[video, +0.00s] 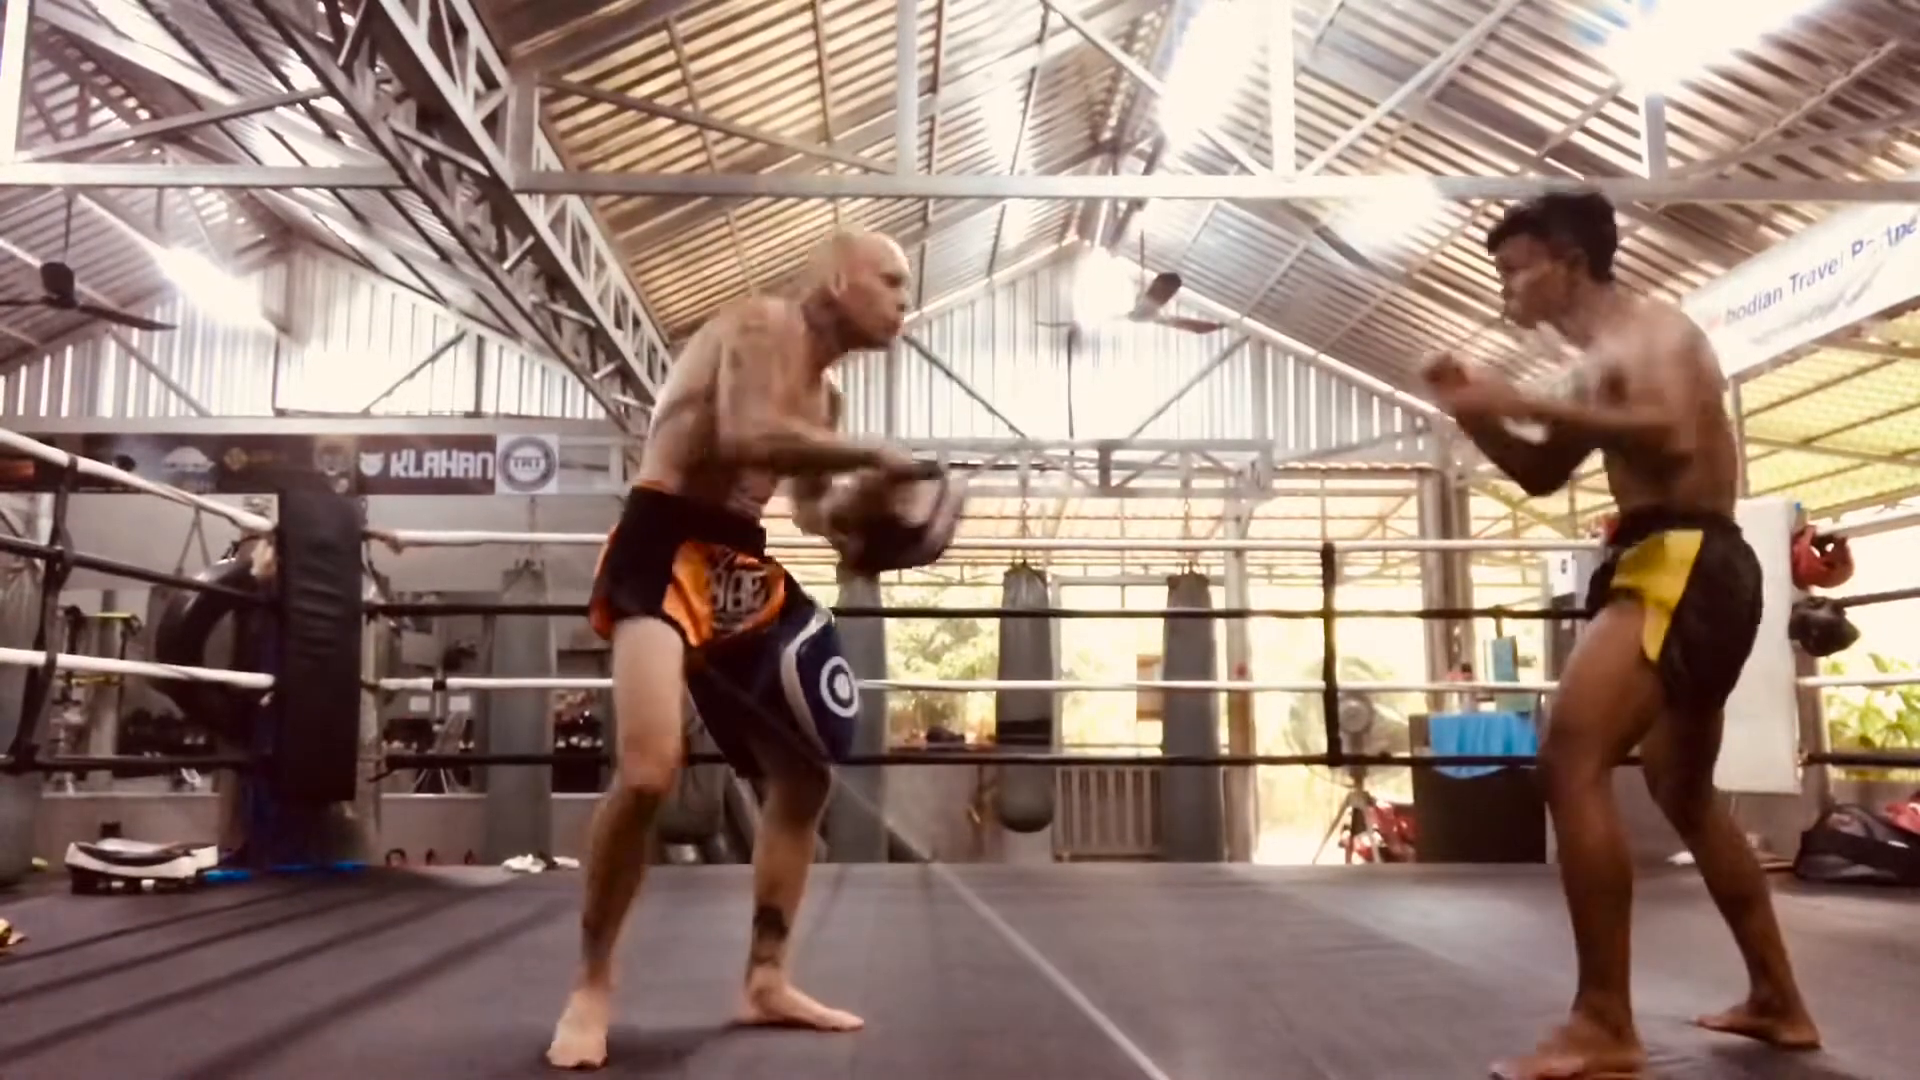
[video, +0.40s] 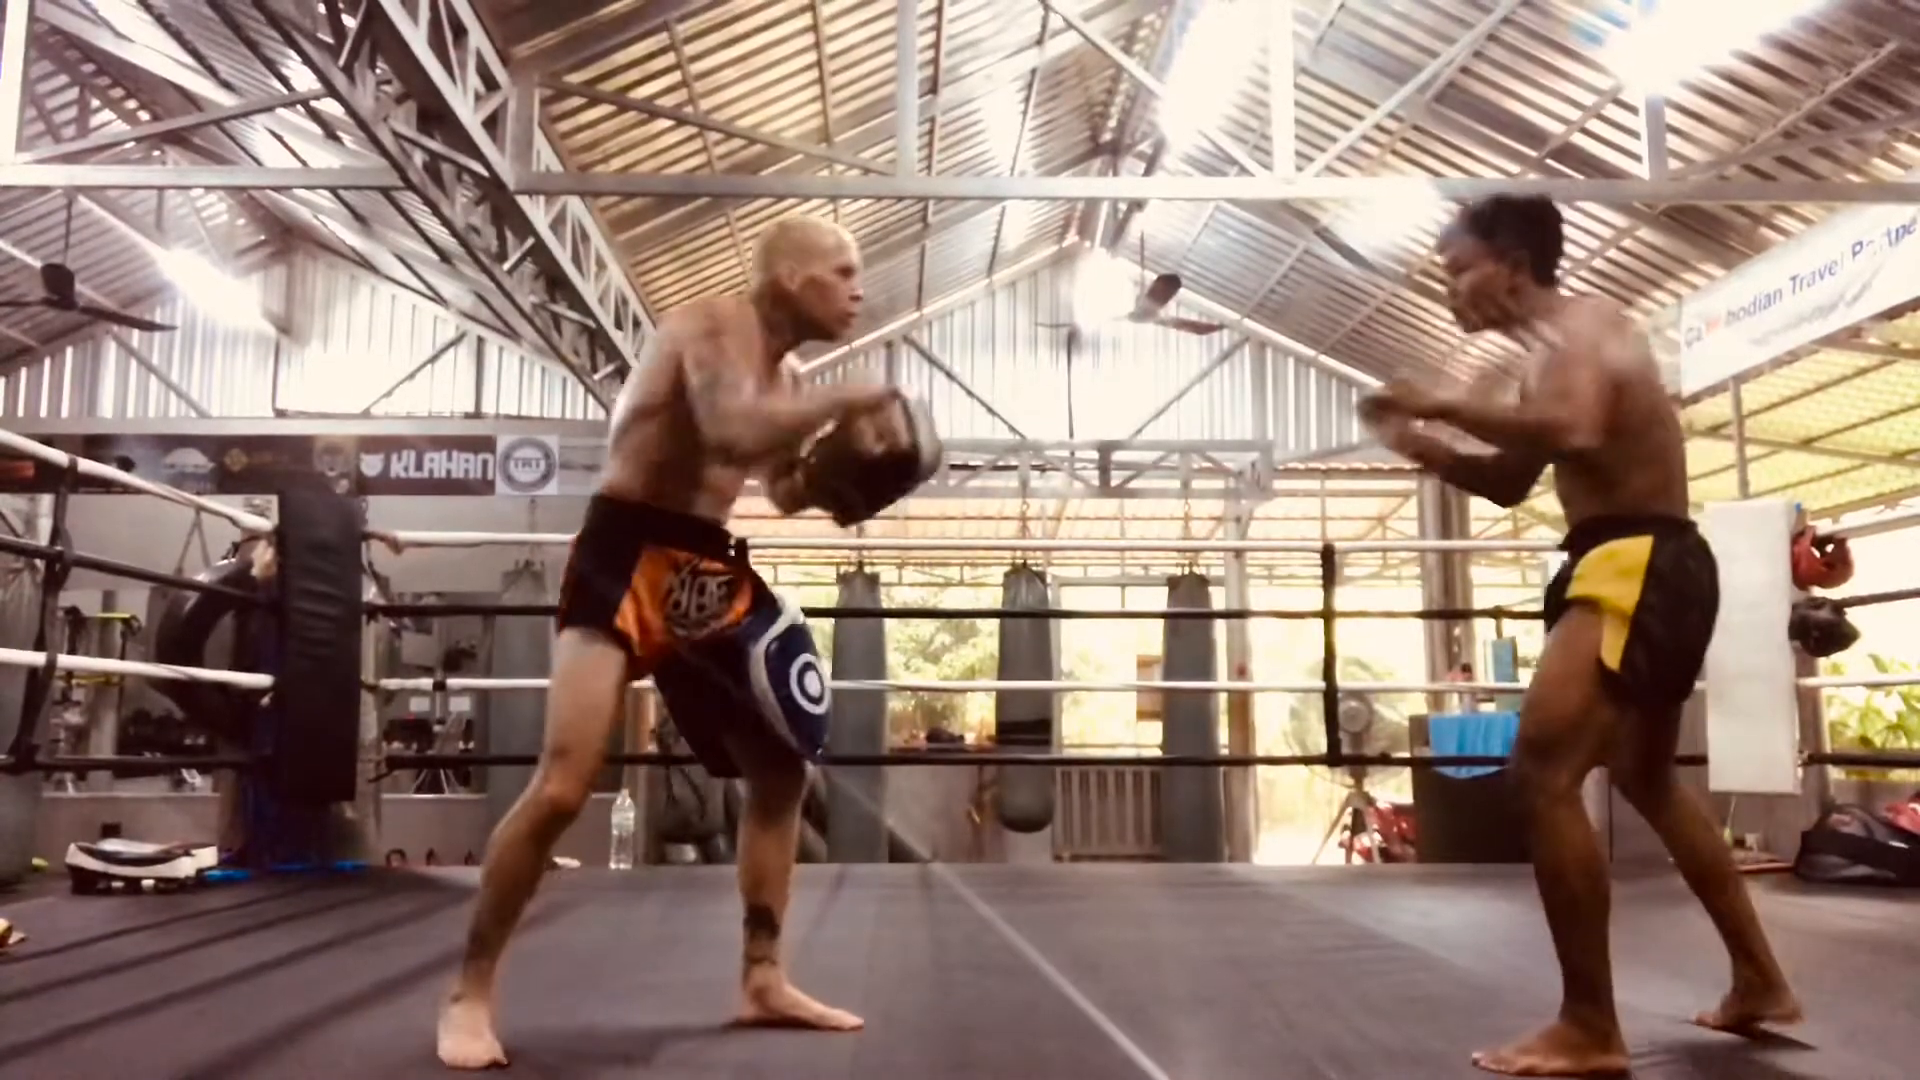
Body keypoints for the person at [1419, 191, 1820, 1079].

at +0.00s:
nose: (1504, 291)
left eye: (1514, 270)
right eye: (1501, 272)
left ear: (1567, 261)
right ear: (1565, 269)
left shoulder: (1647, 325)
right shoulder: (1603, 361)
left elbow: (1667, 425)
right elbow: (1541, 472)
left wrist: (1516, 403)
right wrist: (1470, 412)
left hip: (1681, 555)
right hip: (1693, 561)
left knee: (1572, 758)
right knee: (1683, 786)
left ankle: (1603, 1024)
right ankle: (1780, 1001)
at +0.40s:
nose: (1450, 291)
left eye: (1460, 272)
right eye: (1447, 275)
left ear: (1514, 265)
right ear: (1516, 272)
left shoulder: (1578, 323)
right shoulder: (1551, 352)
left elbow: (1575, 421)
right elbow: (1506, 481)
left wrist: (1439, 403)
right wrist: (1424, 445)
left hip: (1630, 559)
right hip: (1654, 560)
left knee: (1545, 772)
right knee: (1648, 778)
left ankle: (1588, 1026)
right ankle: (1761, 980)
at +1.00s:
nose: (1427, 294)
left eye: (1437, 277)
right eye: (1426, 280)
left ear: (1487, 277)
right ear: (1479, 282)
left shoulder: (1541, 346)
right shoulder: (1489, 368)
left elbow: (1543, 477)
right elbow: (1389, 432)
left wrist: (1481, 414)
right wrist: (1404, 336)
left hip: (1586, 581)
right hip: (1572, 579)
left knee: (1468, 754)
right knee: (1670, 795)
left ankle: (1507, 987)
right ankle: (1785, 987)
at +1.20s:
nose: (1450, 267)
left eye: (1465, 253)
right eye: (1452, 253)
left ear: (1519, 257)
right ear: (1501, 260)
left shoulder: (1600, 343)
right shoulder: (1466, 347)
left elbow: (1701, 414)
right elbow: (1377, 399)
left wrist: (1737, 443)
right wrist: (1303, 403)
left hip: (1475, 570)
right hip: (1410, 558)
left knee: (1462, 793)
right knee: (1287, 641)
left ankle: (1515, 1000)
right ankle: (1359, 748)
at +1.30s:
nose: (1468, 284)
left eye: (1485, 268)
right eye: (1467, 268)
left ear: (1541, 274)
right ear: (1474, 271)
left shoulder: (1584, 375)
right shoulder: (1445, 359)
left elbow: (1633, 437)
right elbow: (1362, 430)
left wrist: (1572, 378)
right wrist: (1274, 472)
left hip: (1429, 580)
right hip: (1363, 516)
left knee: (1441, 775)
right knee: (1190, 461)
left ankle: (1482, 988)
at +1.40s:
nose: (1429, 293)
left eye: (1442, 280)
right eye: (1431, 278)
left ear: (1491, 286)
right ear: (1474, 285)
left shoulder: (1549, 368)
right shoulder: (1442, 361)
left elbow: (1493, 409)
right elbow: (1355, 429)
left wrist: (1394, 353)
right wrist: (1259, 457)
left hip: (1407, 576)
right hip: (1345, 520)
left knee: (1412, 782)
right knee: (1209, 439)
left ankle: (1471, 987)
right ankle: (1082, 414)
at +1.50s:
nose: (1392, 304)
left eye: (1406, 290)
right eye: (1393, 289)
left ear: (1456, 288)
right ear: (1422, 289)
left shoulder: (1495, 364)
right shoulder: (1416, 361)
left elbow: (1384, 387)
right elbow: (1340, 423)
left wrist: (1315, 313)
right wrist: (1241, 416)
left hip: (1388, 584)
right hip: (1321, 544)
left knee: (1414, 767)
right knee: (1204, 479)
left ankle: (1483, 983)